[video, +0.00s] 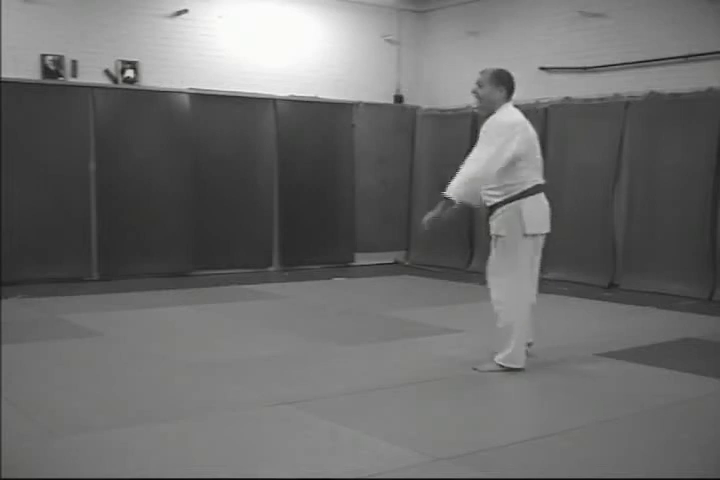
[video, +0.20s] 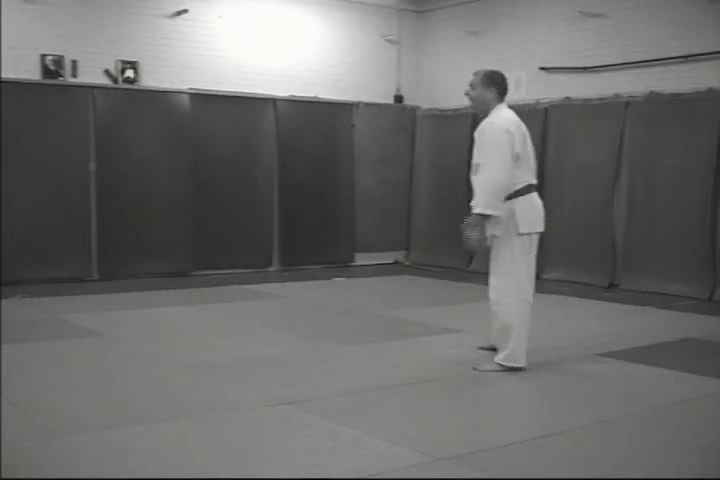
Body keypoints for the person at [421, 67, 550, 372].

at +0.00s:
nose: (474, 91)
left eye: (480, 87)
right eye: (475, 86)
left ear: (500, 92)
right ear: (500, 93)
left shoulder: (503, 123)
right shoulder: (510, 120)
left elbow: (478, 167)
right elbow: (486, 171)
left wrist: (444, 204)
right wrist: (459, 200)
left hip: (517, 213)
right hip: (525, 210)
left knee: (508, 280)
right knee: (518, 278)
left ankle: (513, 356)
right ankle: (521, 340)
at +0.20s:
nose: (467, 92)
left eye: (473, 87)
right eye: (469, 87)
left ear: (492, 92)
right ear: (493, 93)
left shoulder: (496, 126)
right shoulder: (504, 121)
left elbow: (493, 176)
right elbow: (495, 175)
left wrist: (477, 217)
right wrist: (478, 215)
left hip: (514, 214)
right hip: (516, 212)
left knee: (509, 285)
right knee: (509, 282)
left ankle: (512, 357)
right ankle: (504, 340)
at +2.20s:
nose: (447, 95)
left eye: (452, 90)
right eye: (448, 90)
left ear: (469, 93)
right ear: (471, 93)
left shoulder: (473, 125)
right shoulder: (475, 121)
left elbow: (462, 167)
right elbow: (461, 166)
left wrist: (439, 201)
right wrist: (439, 201)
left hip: (477, 209)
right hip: (473, 208)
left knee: (465, 278)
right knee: (464, 277)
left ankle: (483, 346)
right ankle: (464, 337)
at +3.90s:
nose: (418, 122)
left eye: (423, 116)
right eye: (419, 116)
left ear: (440, 120)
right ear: (442, 121)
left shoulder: (453, 150)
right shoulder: (455, 146)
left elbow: (447, 199)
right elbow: (449, 200)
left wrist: (424, 243)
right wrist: (428, 236)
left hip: (485, 229)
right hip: (472, 228)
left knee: (459, 290)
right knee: (440, 273)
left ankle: (490, 352)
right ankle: (447, 337)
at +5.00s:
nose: (387, 153)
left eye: (391, 147)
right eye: (389, 147)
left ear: (407, 147)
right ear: (415, 148)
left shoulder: (426, 173)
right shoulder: (443, 163)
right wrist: (448, 253)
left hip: (488, 230)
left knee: (443, 288)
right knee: (433, 276)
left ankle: (473, 353)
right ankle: (454, 335)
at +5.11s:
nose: (389, 160)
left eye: (383, 153)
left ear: (392, 142)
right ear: (417, 143)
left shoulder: (426, 170)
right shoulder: (448, 161)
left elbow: (436, 192)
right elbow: (482, 188)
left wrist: (397, 171)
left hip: (472, 240)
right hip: (487, 233)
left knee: (436, 301)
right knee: (433, 275)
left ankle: (473, 354)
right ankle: (449, 333)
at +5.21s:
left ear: (413, 126)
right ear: (435, 125)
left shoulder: (412, 148)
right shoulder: (449, 146)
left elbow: (375, 130)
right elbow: (433, 124)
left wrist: (367, 103)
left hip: (464, 227)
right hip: (487, 222)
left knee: (433, 295)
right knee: (446, 287)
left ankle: (472, 348)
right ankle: (457, 334)